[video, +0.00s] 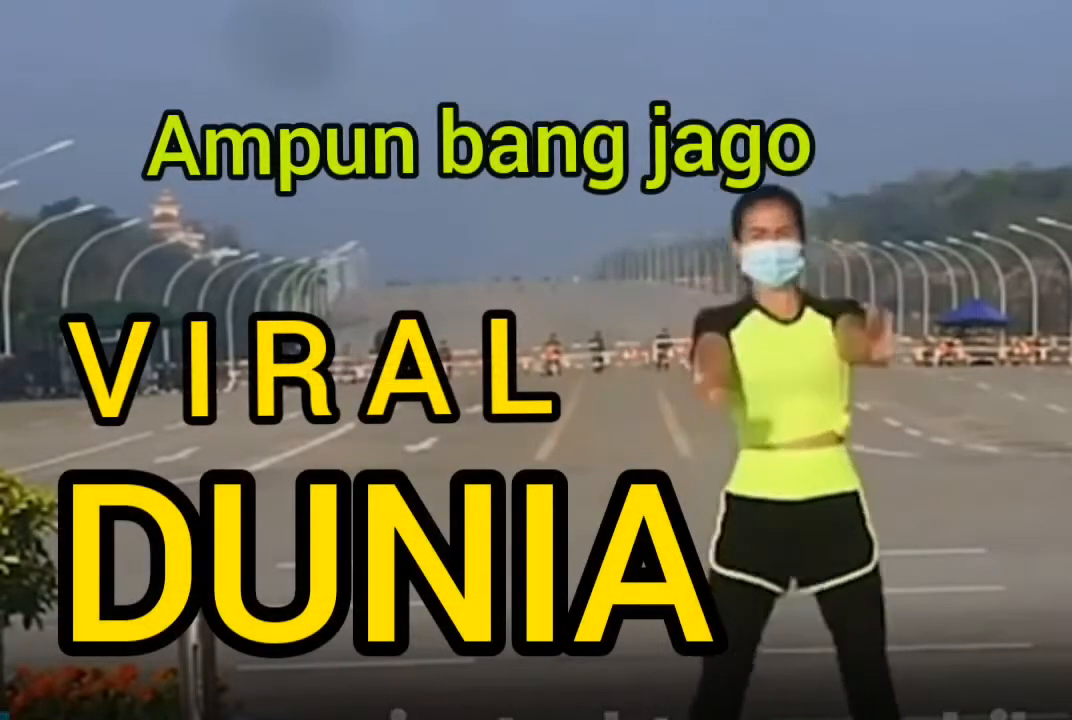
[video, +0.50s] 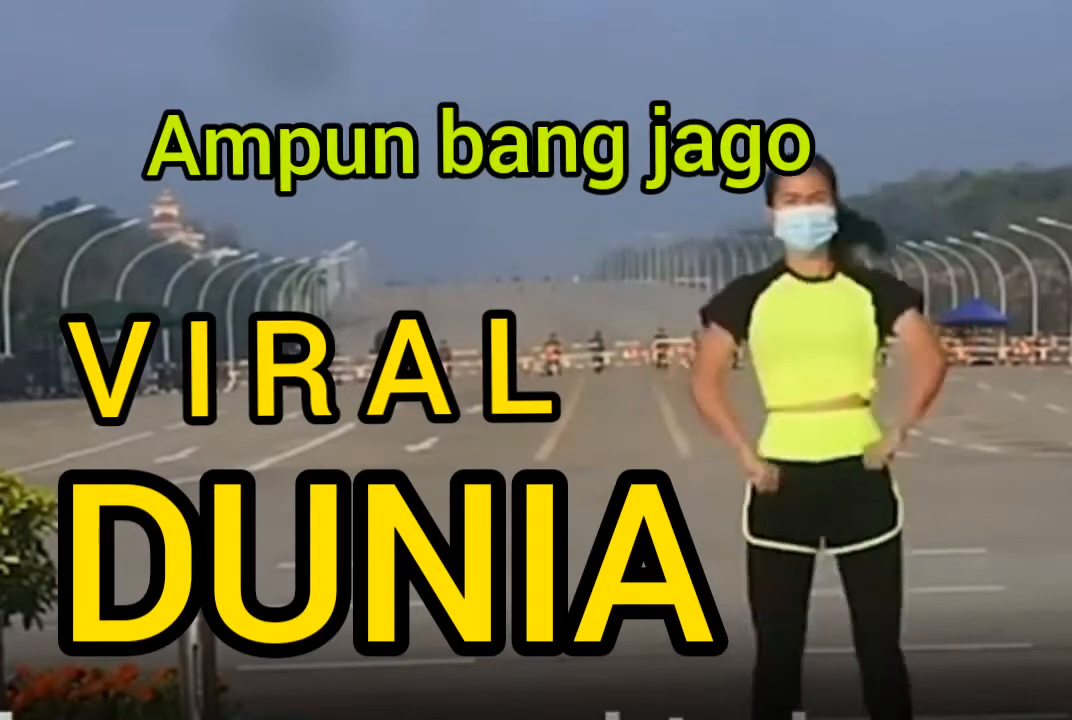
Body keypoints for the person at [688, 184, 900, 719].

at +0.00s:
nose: (774, 246)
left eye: (785, 234)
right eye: (759, 236)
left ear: (803, 244)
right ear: (738, 251)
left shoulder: (839, 317)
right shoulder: (721, 326)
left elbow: (861, 340)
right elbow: (713, 367)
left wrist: (875, 346)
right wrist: (713, 385)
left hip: (835, 507)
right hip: (755, 512)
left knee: (868, 670)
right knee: (726, 670)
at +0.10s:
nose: (789, 196)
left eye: (799, 183)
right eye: (773, 184)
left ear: (817, 194)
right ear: (751, 199)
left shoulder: (858, 274)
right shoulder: (730, 282)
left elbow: (881, 358)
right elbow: (716, 377)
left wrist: (900, 429)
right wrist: (726, 463)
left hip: (843, 461)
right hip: (758, 465)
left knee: (867, 631)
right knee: (749, 636)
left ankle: (889, 717)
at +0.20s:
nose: (793, 214)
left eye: (804, 202)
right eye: (779, 203)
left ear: (822, 210)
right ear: (757, 211)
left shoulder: (861, 287)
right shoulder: (739, 288)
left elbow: (919, 360)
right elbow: (688, 379)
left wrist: (884, 437)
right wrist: (746, 444)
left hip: (847, 483)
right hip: (764, 486)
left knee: (873, 650)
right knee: (759, 656)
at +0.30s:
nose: (806, 275)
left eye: (818, 263)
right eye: (791, 264)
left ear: (834, 274)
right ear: (769, 278)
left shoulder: (867, 345)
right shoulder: (748, 349)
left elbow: (958, 340)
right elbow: (656, 367)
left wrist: (867, 347)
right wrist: (746, 353)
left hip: (859, 539)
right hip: (777, 541)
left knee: (891, 698)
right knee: (763, 701)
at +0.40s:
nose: (808, 267)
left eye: (818, 255)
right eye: (793, 257)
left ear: (834, 265)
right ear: (770, 270)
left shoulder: (867, 338)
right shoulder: (749, 342)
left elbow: (959, 343)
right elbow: (657, 367)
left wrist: (877, 359)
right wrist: (745, 368)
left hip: (860, 534)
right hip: (778, 537)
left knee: (887, 699)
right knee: (766, 701)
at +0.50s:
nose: (805, 211)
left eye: (816, 199)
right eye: (791, 201)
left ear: (835, 208)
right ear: (771, 214)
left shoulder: (876, 290)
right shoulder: (745, 296)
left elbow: (932, 362)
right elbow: (705, 385)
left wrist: (896, 436)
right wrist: (748, 456)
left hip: (862, 483)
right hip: (779, 486)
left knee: (880, 649)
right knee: (777, 651)